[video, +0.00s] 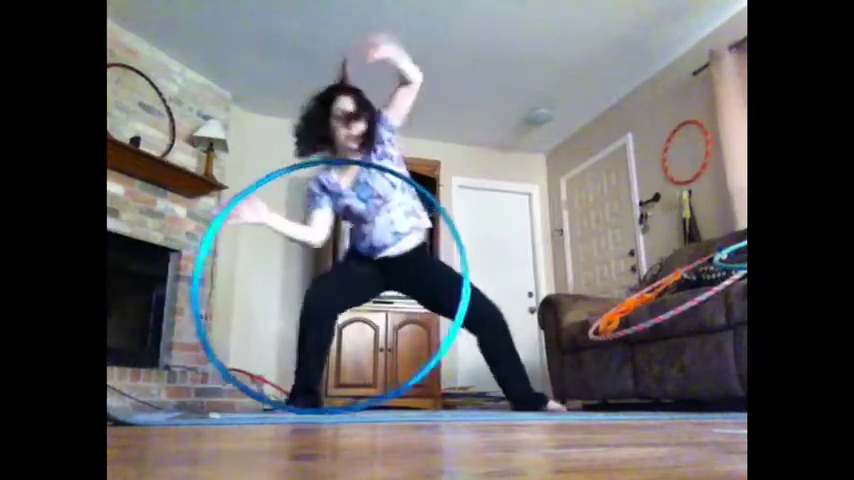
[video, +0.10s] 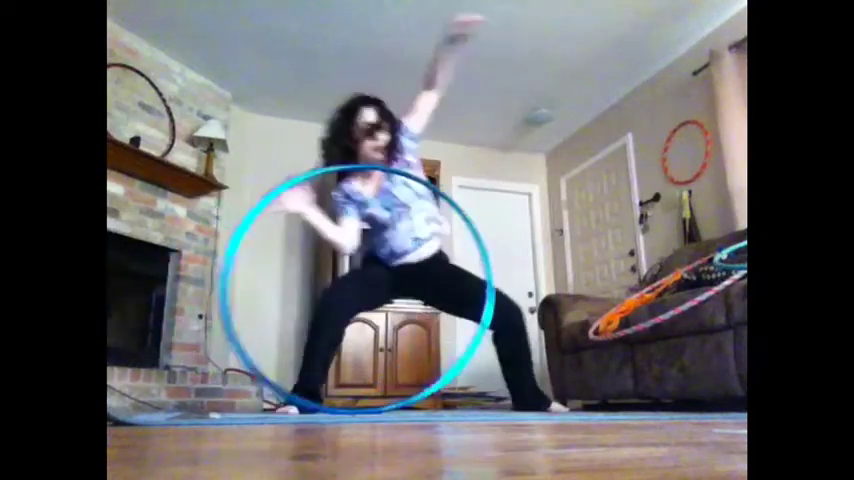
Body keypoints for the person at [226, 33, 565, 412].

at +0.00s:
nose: (354, 127)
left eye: (360, 118)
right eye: (344, 120)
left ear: (369, 119)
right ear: (327, 127)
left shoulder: (384, 137)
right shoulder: (325, 180)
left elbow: (413, 82)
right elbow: (315, 235)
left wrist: (395, 55)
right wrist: (266, 216)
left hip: (415, 262)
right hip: (367, 268)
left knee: (488, 317)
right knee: (320, 299)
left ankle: (526, 402)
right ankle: (305, 398)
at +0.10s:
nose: (380, 138)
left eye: (383, 129)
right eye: (369, 132)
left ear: (390, 129)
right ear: (349, 140)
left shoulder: (403, 146)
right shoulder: (350, 192)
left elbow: (432, 91)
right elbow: (346, 243)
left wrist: (454, 40)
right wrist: (308, 210)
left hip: (432, 270)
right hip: (383, 276)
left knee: (507, 314)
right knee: (333, 305)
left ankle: (530, 402)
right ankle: (304, 401)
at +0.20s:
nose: (396, 142)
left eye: (402, 134)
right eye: (386, 136)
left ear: (411, 136)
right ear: (370, 142)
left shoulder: (425, 153)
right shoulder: (369, 194)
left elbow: (457, 101)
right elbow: (374, 245)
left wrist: (491, 55)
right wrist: (343, 205)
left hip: (445, 275)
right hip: (396, 279)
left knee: (520, 313)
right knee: (347, 306)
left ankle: (532, 402)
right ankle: (306, 400)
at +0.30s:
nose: (421, 149)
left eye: (427, 141)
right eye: (412, 141)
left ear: (435, 143)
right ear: (394, 147)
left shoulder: (448, 156)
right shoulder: (386, 189)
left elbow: (490, 112)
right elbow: (403, 248)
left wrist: (535, 75)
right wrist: (382, 199)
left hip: (459, 282)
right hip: (409, 283)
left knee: (534, 312)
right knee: (360, 314)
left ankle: (536, 404)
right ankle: (306, 400)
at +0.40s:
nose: (451, 154)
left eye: (460, 149)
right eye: (443, 148)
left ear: (469, 154)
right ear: (428, 154)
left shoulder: (481, 174)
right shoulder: (427, 198)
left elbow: (531, 146)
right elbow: (439, 253)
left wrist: (584, 133)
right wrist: (447, 207)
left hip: (478, 291)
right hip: (431, 291)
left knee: (549, 310)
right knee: (370, 334)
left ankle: (537, 401)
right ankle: (307, 404)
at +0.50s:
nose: (476, 160)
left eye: (484, 155)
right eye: (469, 152)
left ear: (494, 160)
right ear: (454, 155)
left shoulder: (499, 198)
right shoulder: (445, 203)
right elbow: (461, 256)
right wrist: (477, 210)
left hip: (492, 299)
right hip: (443, 297)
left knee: (566, 315)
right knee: (376, 341)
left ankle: (539, 402)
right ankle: (306, 404)